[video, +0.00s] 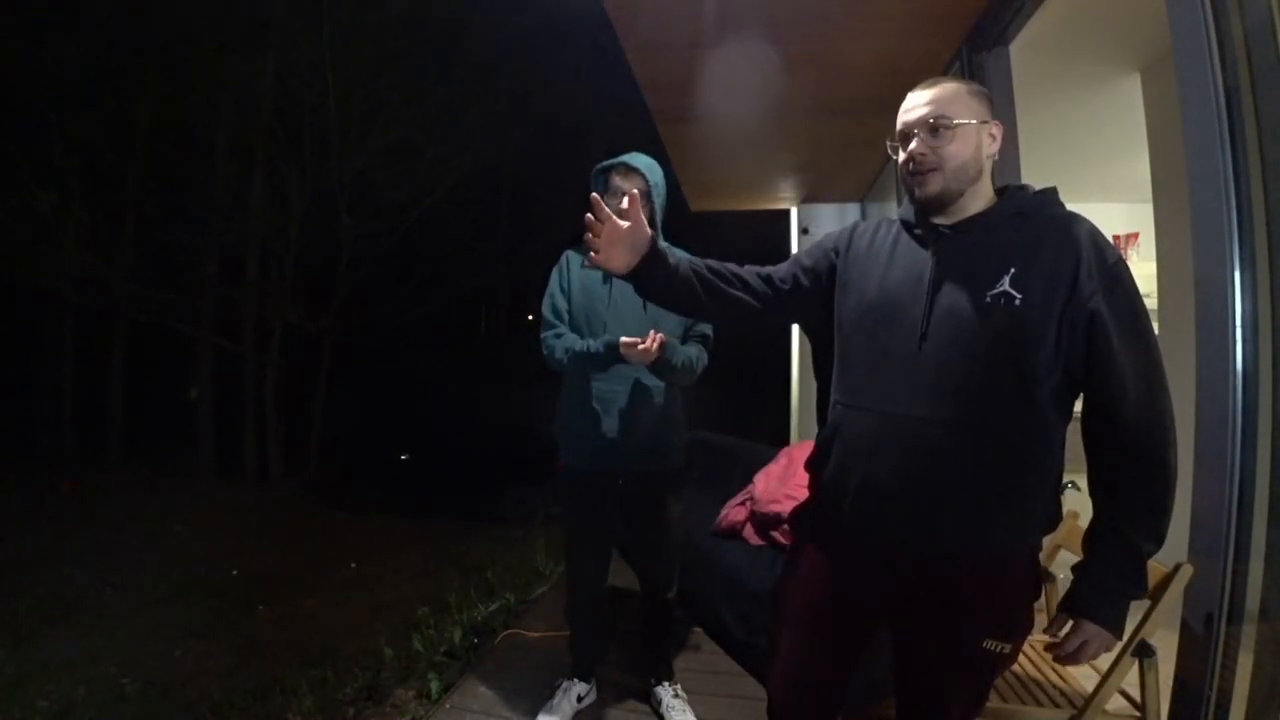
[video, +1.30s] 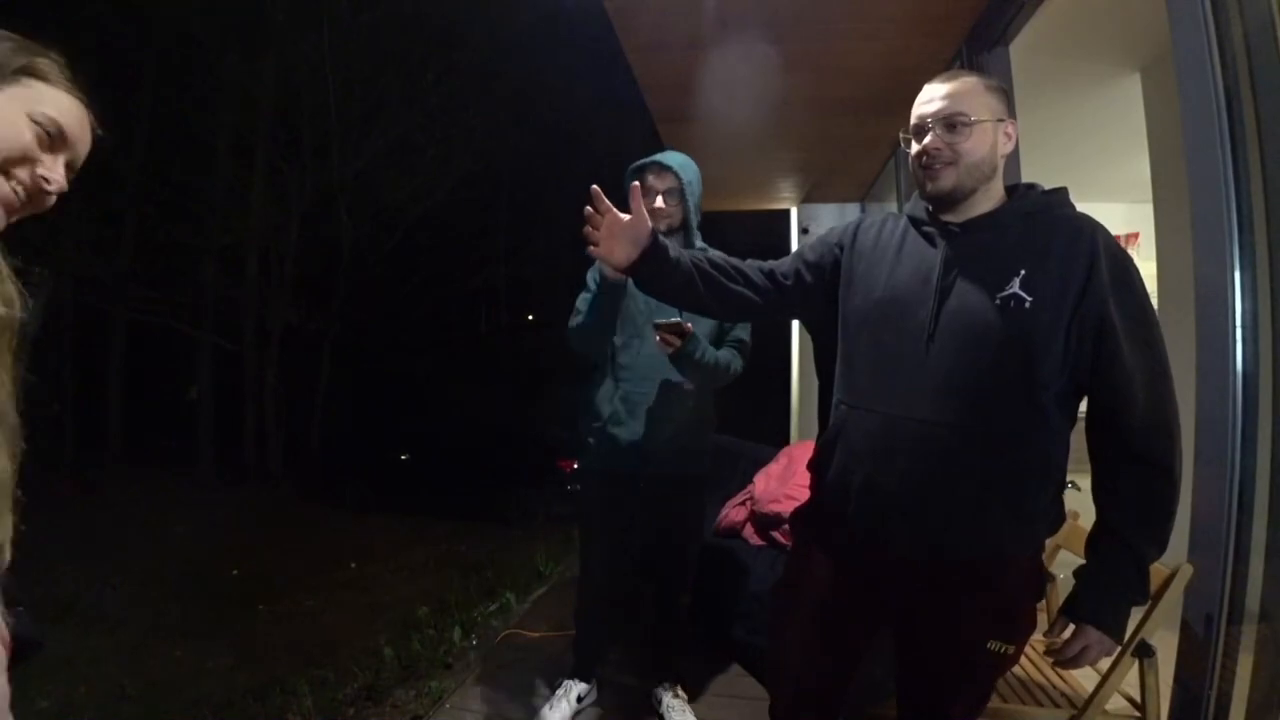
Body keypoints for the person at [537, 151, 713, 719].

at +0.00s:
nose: (632, 207)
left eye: (642, 197)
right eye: (621, 196)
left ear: (655, 204)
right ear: (599, 203)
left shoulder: (679, 269)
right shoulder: (574, 265)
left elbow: (698, 356)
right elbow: (554, 346)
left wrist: (663, 353)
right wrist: (611, 348)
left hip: (654, 444)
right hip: (587, 442)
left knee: (657, 563)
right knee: (584, 562)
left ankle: (661, 679)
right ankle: (580, 679)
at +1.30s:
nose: (658, 204)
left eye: (669, 194)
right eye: (648, 195)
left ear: (693, 199)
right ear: (634, 202)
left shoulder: (721, 275)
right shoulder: (613, 265)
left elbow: (731, 363)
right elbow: (582, 342)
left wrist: (691, 349)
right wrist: (609, 274)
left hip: (680, 440)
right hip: (613, 434)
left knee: (672, 557)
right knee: (600, 554)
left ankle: (665, 679)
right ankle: (584, 675)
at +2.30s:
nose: (678, 216)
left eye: (690, 208)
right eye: (673, 205)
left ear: (714, 213)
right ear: (663, 206)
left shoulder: (734, 272)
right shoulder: (641, 259)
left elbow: (750, 357)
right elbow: (604, 310)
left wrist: (709, 359)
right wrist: (643, 250)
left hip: (689, 438)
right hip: (625, 431)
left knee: (677, 557)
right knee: (597, 537)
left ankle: (666, 675)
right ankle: (586, 635)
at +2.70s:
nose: (650, 224)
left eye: (661, 214)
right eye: (642, 215)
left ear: (682, 220)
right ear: (631, 221)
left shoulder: (706, 284)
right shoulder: (609, 277)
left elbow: (718, 352)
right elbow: (565, 342)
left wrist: (678, 363)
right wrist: (588, 326)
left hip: (675, 433)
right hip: (609, 427)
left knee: (665, 546)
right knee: (611, 532)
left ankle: (661, 670)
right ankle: (620, 629)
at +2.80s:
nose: (638, 227)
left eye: (648, 217)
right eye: (630, 218)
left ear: (668, 222)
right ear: (620, 224)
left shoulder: (695, 284)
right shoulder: (597, 285)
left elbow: (708, 361)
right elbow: (562, 357)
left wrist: (678, 427)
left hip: (667, 439)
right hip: (603, 431)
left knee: (664, 554)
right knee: (608, 540)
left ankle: (663, 673)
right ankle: (618, 632)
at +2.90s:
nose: (623, 227)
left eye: (633, 218)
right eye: (616, 219)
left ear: (654, 223)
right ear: (608, 226)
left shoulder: (684, 283)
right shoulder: (589, 285)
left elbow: (702, 362)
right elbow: (566, 360)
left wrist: (694, 426)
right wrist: (568, 419)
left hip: (661, 446)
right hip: (600, 443)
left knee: (660, 566)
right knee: (605, 547)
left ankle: (663, 674)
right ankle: (619, 631)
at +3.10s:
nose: (604, 230)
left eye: (613, 220)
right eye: (596, 221)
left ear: (635, 225)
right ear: (585, 230)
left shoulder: (659, 288)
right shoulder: (582, 292)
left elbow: (687, 351)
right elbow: (566, 369)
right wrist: (569, 434)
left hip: (650, 444)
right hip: (599, 444)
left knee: (654, 562)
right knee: (607, 547)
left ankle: (656, 667)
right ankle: (621, 632)